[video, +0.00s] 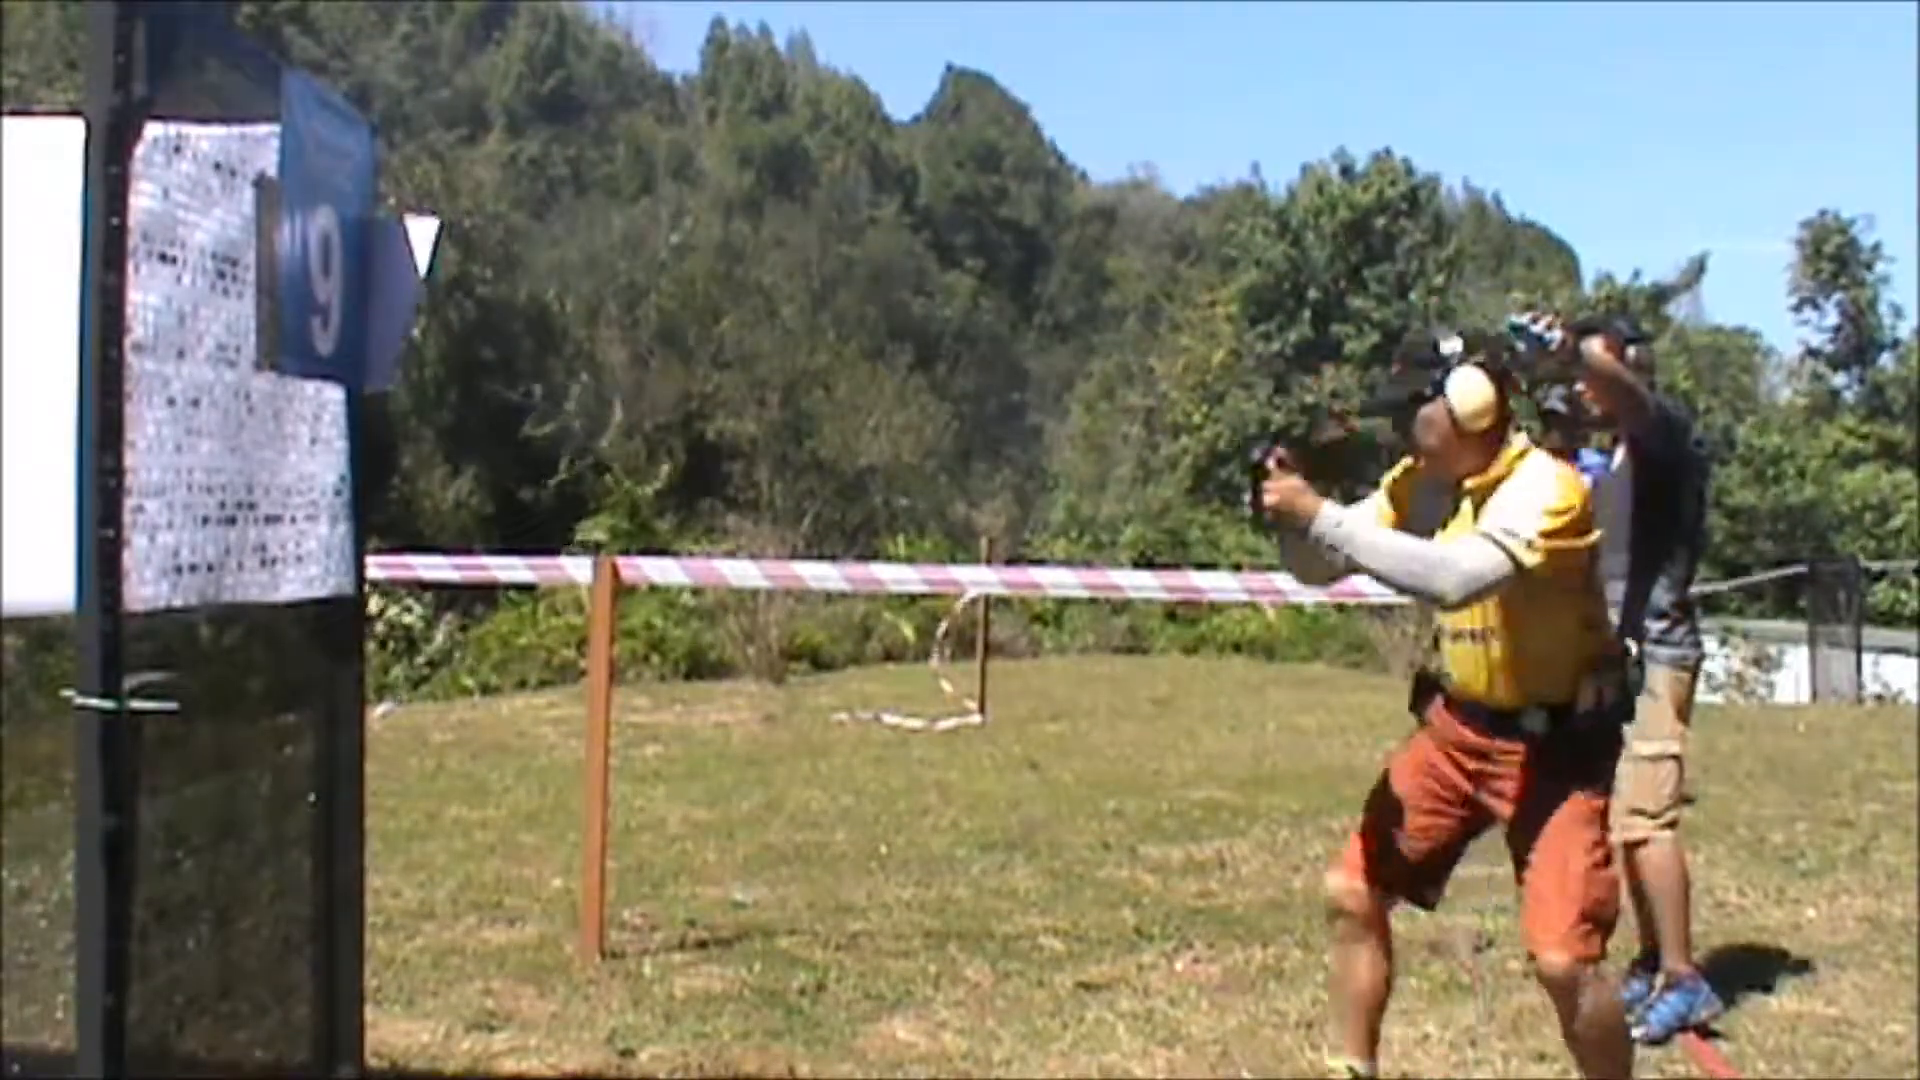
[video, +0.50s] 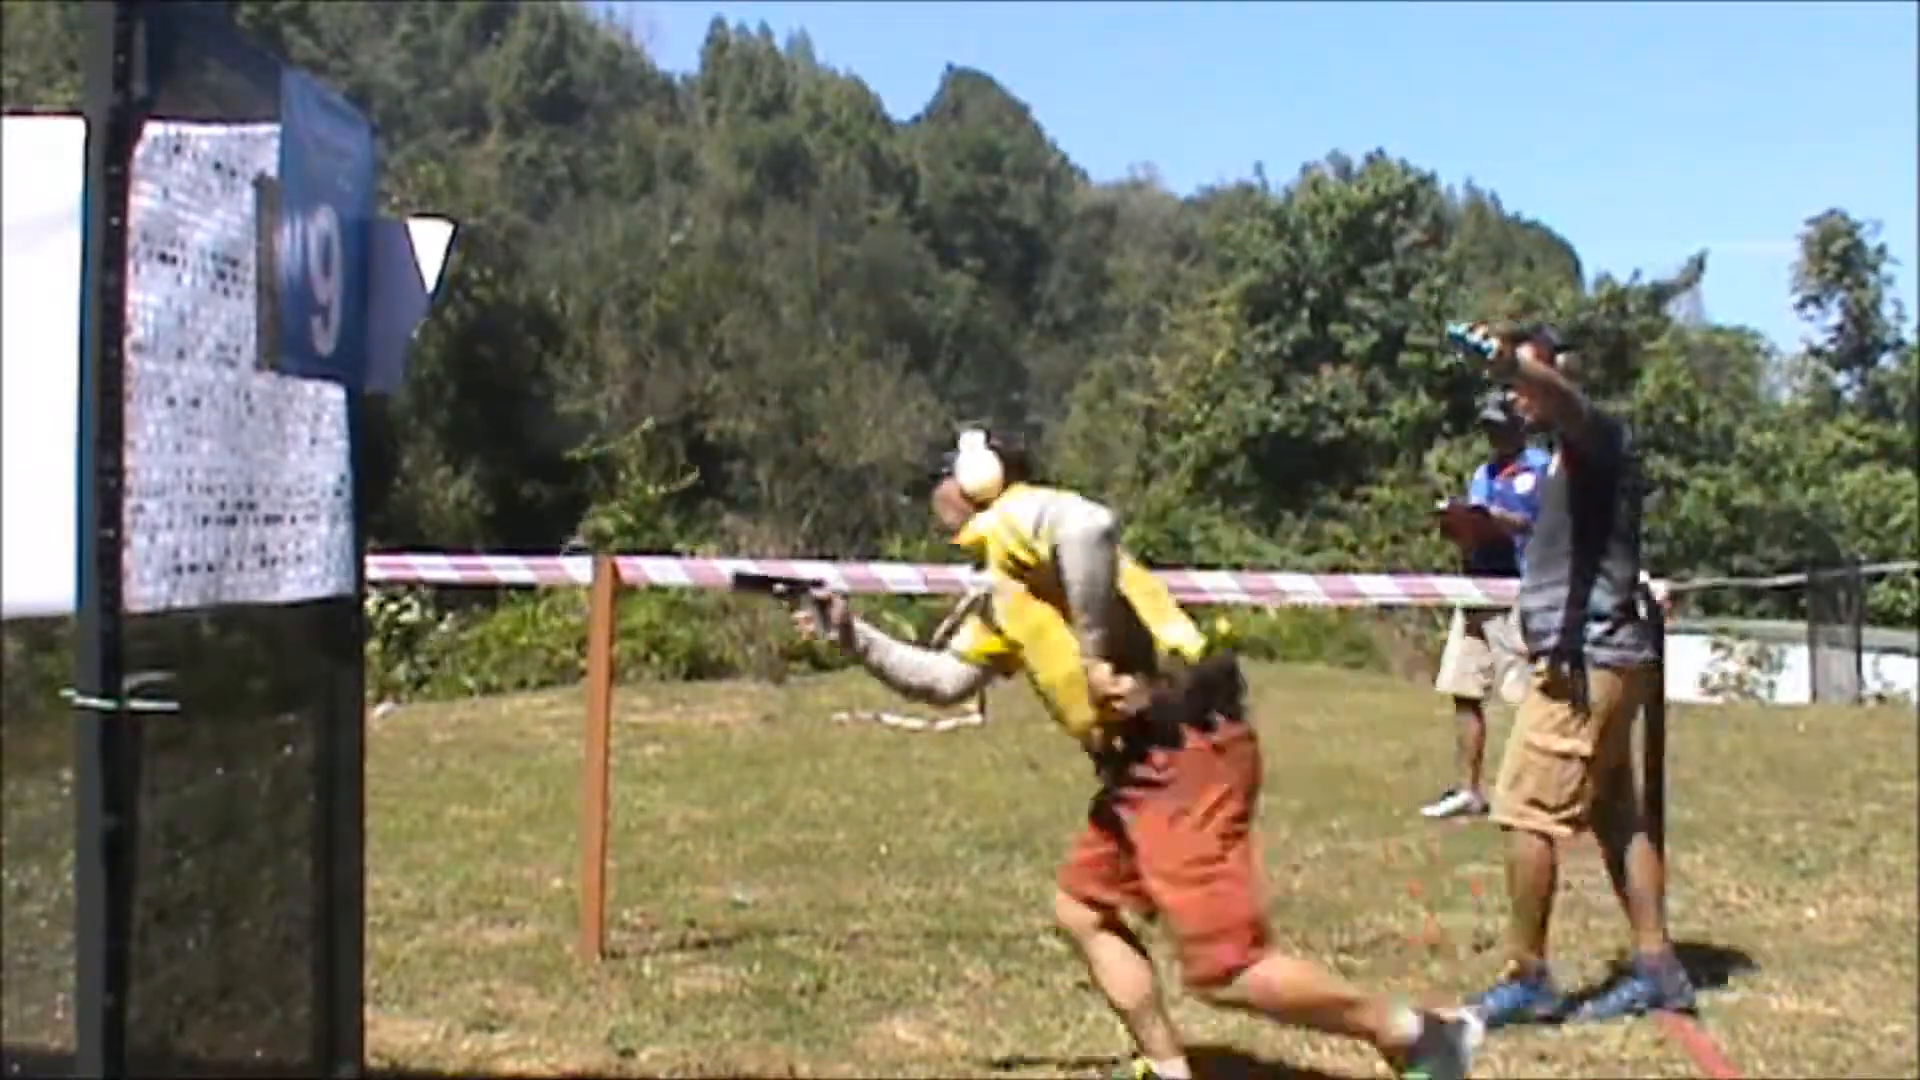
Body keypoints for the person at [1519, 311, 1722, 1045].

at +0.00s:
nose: (1581, 392)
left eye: (1595, 378)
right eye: (1579, 380)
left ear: (1631, 375)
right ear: (1584, 385)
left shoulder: (1670, 445)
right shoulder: (1599, 452)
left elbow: (1625, 387)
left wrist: (1573, 347)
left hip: (1658, 647)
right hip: (1608, 645)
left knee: (1646, 818)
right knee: (1624, 820)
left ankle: (1684, 977)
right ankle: (1652, 964)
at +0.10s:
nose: (1580, 390)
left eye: (1592, 376)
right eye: (1577, 379)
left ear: (1627, 372)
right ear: (1586, 383)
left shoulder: (1660, 440)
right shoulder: (1611, 450)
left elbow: (1618, 384)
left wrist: (1568, 346)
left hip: (1649, 653)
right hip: (1608, 651)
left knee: (1643, 818)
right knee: (1628, 819)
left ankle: (1682, 976)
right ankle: (1652, 962)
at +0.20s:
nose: (1570, 393)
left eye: (1580, 377)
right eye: (1566, 381)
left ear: (1614, 371)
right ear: (1587, 378)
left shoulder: (1651, 438)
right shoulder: (1613, 450)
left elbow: (1614, 395)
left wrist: (1559, 351)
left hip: (1635, 658)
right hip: (1606, 655)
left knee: (1619, 819)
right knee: (1620, 819)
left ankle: (1674, 972)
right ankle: (1653, 964)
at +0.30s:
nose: (1557, 394)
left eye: (1567, 379)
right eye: (1554, 382)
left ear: (1603, 375)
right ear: (1591, 379)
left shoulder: (1640, 440)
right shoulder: (1604, 452)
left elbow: (1608, 402)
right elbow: (1594, 551)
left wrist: (1554, 351)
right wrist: (1526, 538)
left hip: (1623, 657)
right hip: (1614, 654)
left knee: (1584, 814)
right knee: (1630, 822)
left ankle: (1659, 960)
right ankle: (1652, 964)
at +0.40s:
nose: (1538, 397)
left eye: (1549, 383)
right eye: (1536, 384)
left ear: (1582, 379)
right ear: (1554, 386)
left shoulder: (1618, 442)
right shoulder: (1603, 452)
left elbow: (1590, 402)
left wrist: (1532, 358)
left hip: (1605, 656)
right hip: (1624, 656)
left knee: (1550, 810)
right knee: (1628, 816)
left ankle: (1596, 969)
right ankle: (1658, 965)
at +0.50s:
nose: (1521, 404)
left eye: (1531, 389)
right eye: (1519, 392)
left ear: (1558, 384)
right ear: (1528, 396)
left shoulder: (1597, 447)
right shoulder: (1578, 459)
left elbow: (1565, 404)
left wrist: (1514, 364)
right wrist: (1495, 529)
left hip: (1585, 655)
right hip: (1608, 655)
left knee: (1530, 810)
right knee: (1617, 810)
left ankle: (1527, 975)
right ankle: (1657, 965)